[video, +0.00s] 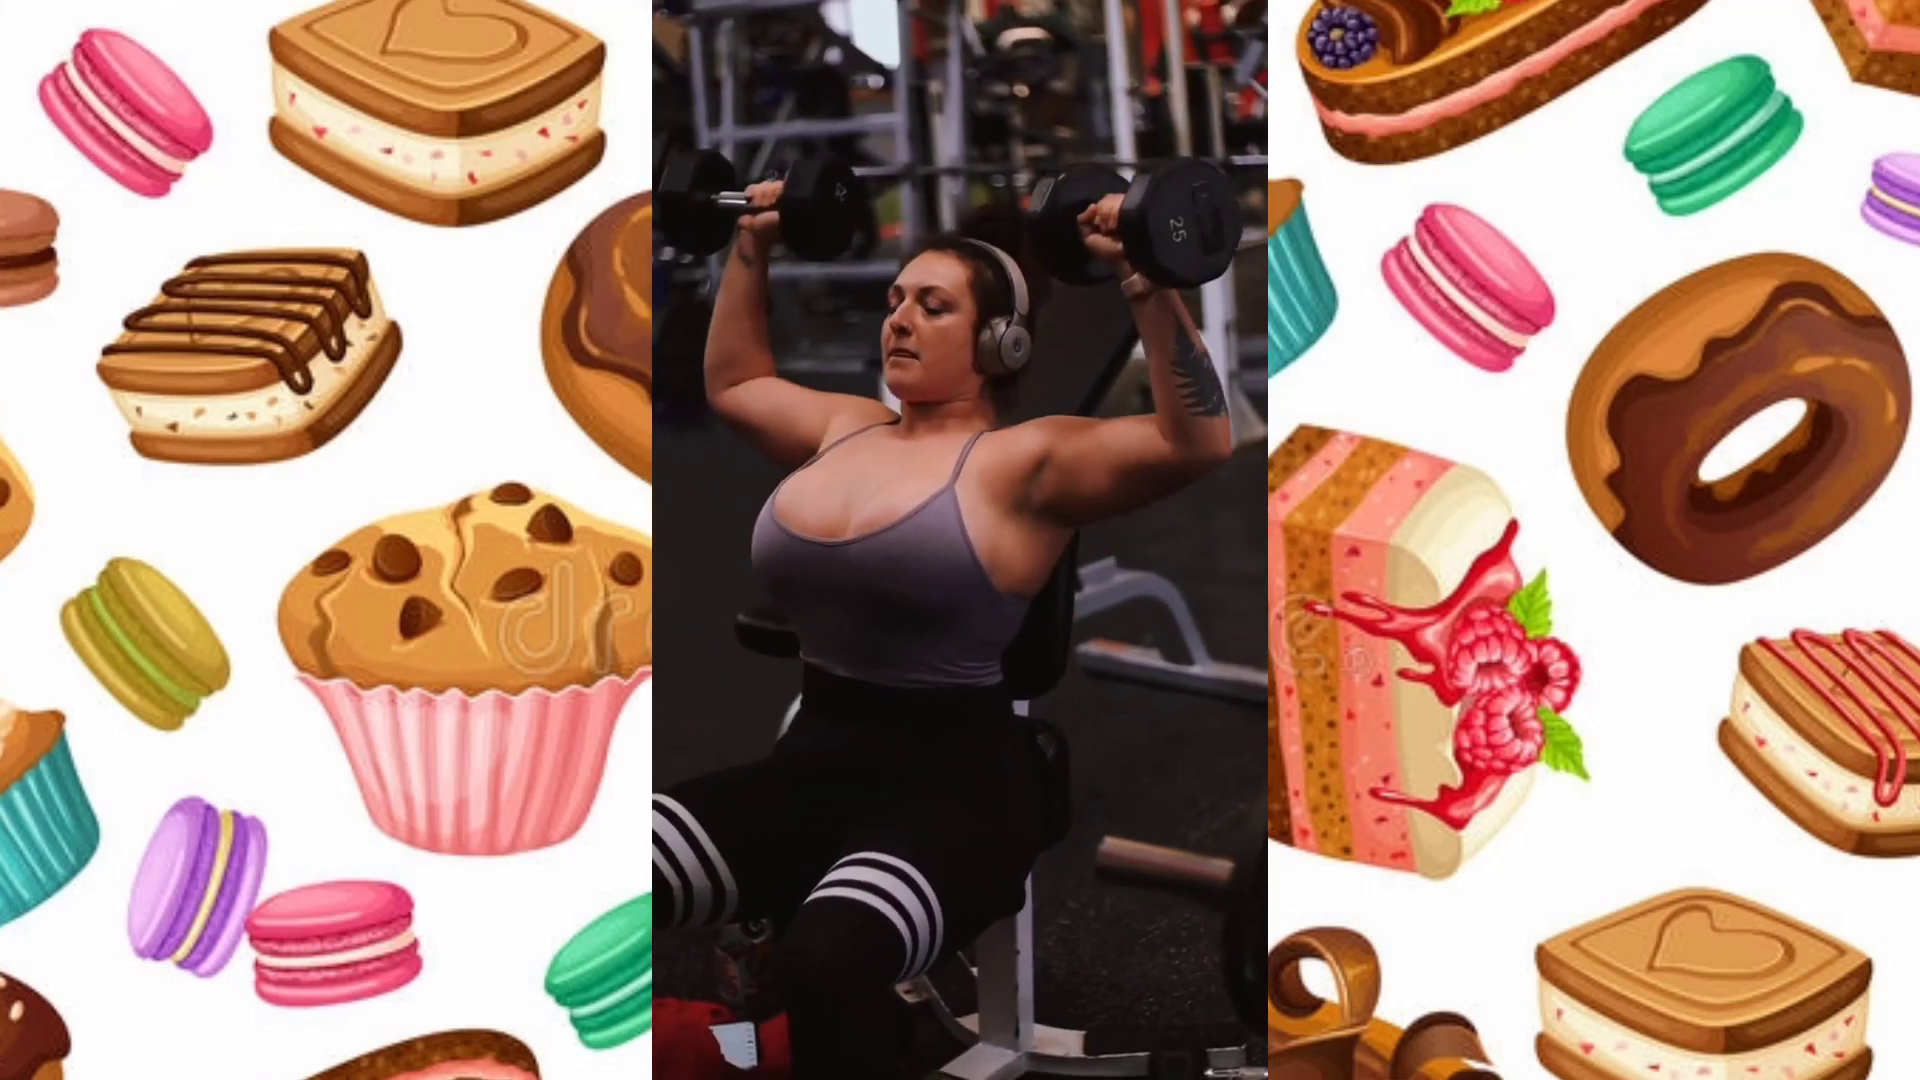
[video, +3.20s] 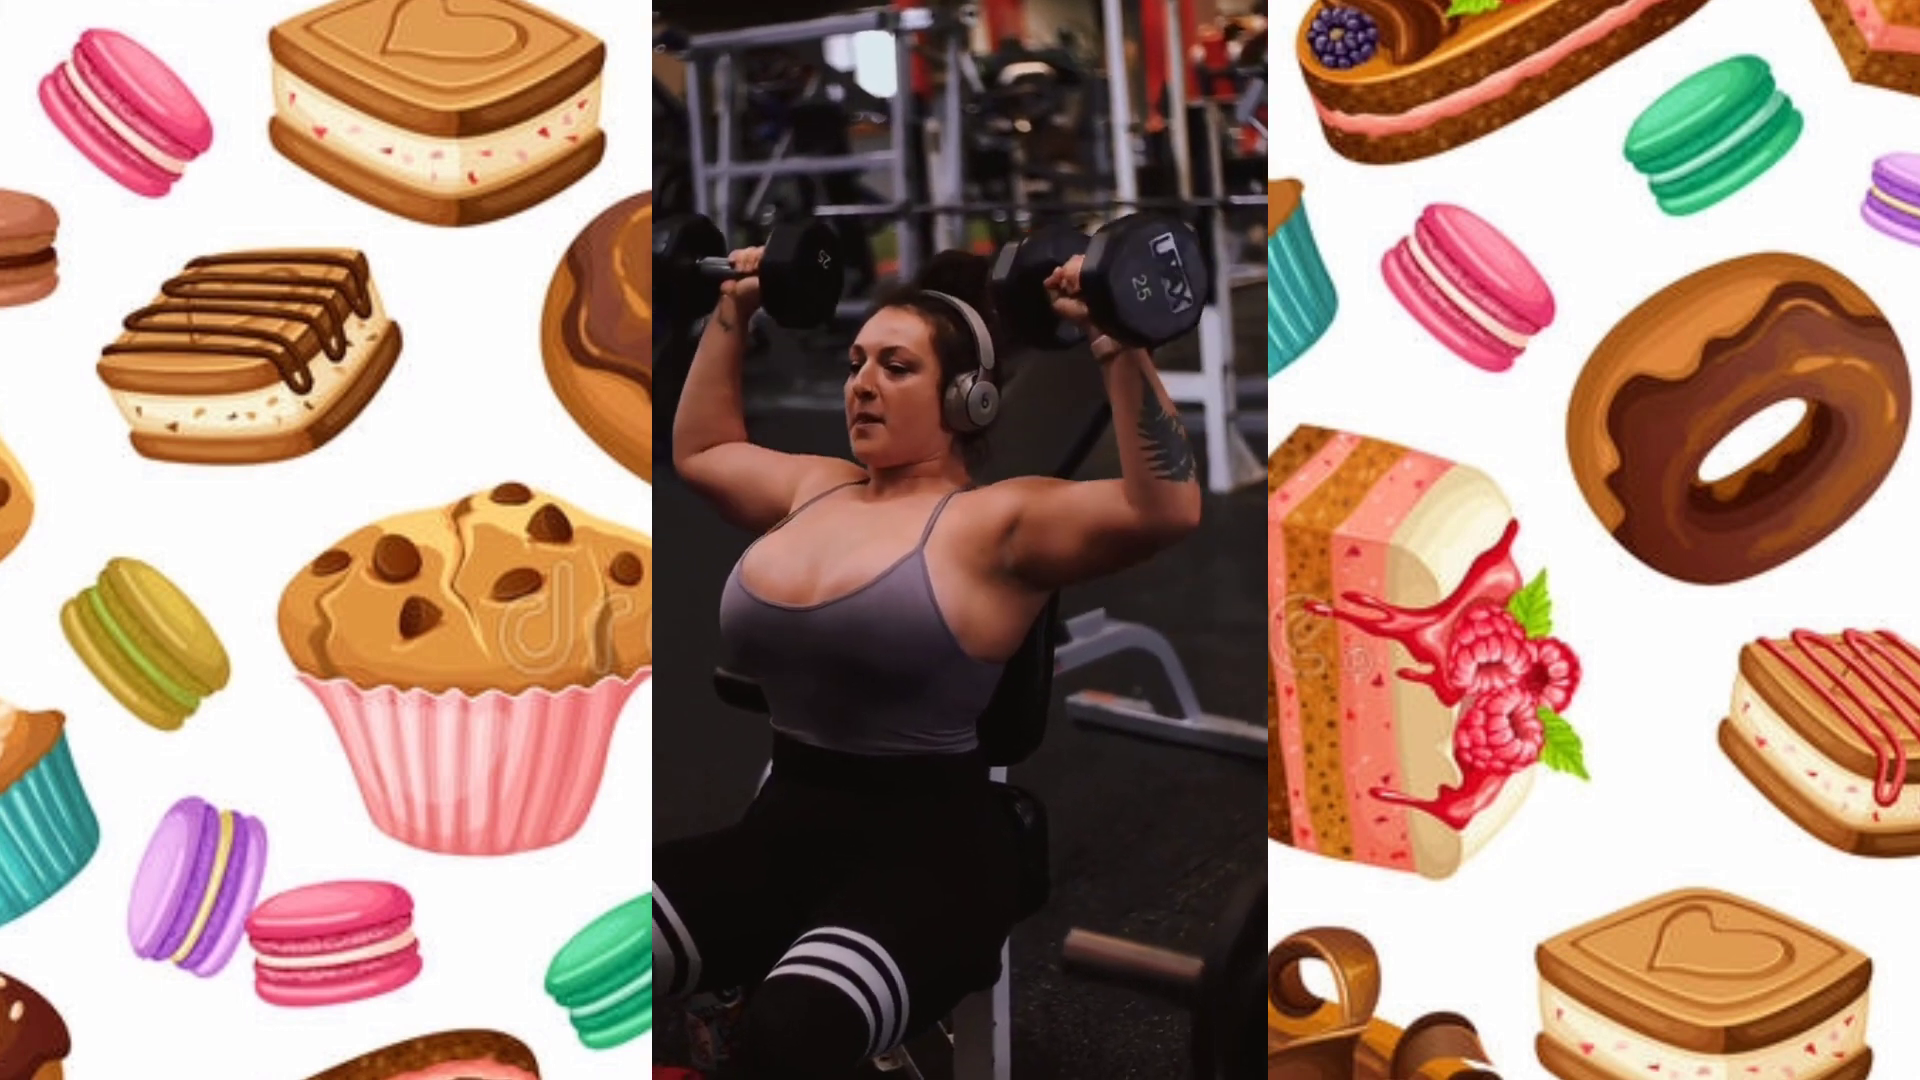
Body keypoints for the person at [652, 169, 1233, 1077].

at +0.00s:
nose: (898, 318)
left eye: (932, 304)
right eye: (894, 302)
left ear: (995, 340)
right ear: (882, 323)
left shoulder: (1027, 460)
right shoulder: (843, 427)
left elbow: (1197, 441)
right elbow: (736, 382)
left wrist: (1145, 280)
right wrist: (749, 248)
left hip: (961, 780)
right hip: (822, 762)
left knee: (822, 955)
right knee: (608, 869)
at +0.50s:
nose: (885, 400)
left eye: (919, 386)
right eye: (884, 383)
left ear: (979, 421)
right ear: (871, 405)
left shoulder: (1009, 523)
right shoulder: (842, 490)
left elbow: (1080, 364)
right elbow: (769, 349)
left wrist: (1036, 201)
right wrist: (773, 201)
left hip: (945, 849)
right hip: (808, 832)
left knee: (810, 1028)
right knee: (605, 945)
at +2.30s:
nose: (863, 433)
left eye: (895, 416)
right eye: (857, 414)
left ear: (957, 445)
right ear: (843, 430)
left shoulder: (992, 565)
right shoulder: (816, 529)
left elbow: (1141, 494)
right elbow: (718, 462)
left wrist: (1090, 335)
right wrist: (745, 338)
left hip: (925, 877)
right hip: (789, 859)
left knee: (797, 1042)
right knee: (589, 966)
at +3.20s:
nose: (862, 383)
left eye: (895, 366)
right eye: (857, 362)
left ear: (964, 396)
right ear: (845, 379)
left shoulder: (998, 522)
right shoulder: (814, 486)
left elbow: (1167, 507)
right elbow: (701, 449)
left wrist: (1117, 341)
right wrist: (731, 311)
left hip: (933, 854)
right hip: (786, 834)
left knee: (787, 1031)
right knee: (587, 947)